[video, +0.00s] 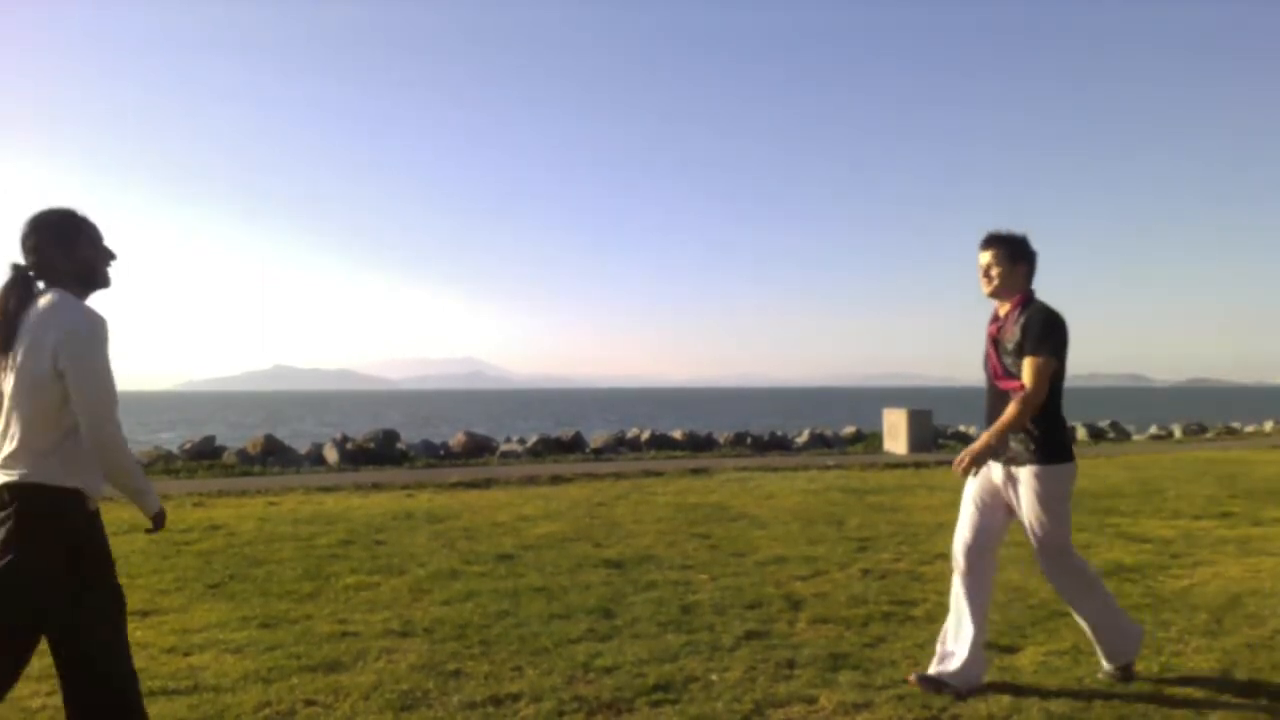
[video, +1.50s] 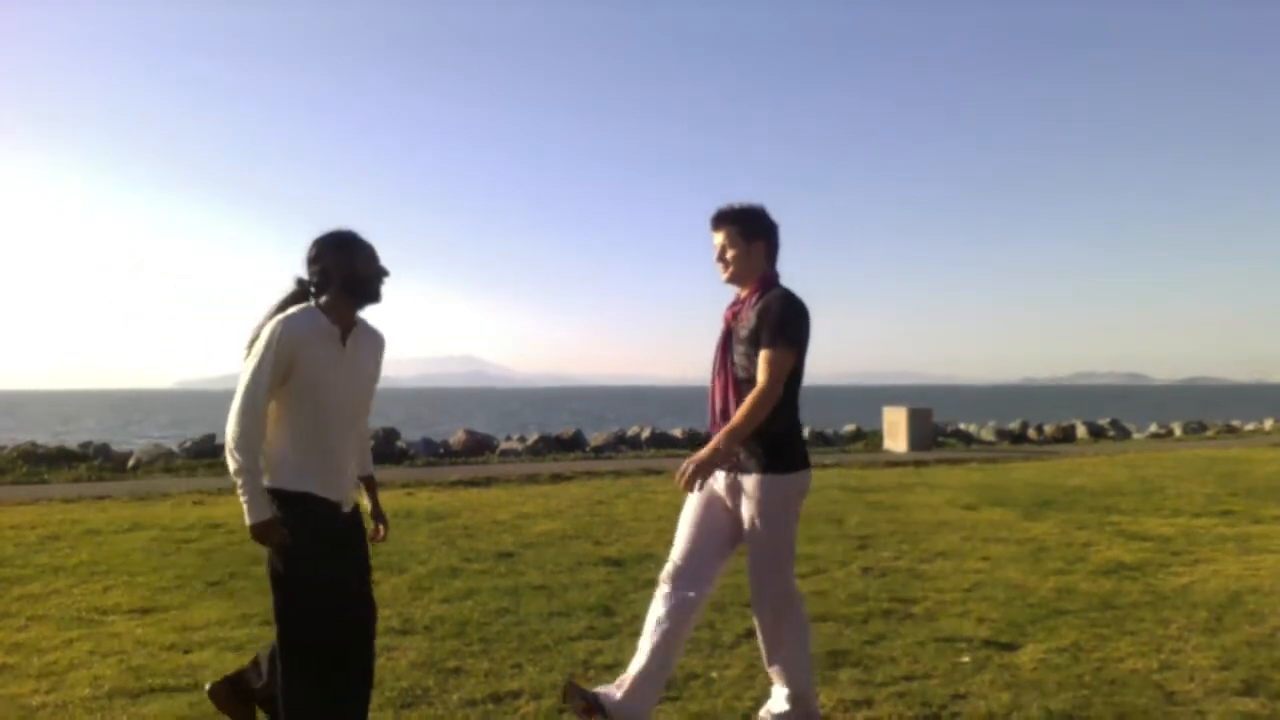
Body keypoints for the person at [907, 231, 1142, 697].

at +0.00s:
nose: (985, 276)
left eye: (994, 267)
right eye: (981, 269)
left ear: (1023, 269)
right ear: (983, 274)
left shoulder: (1043, 322)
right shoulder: (997, 323)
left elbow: (1034, 394)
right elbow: (1008, 390)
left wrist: (983, 444)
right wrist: (1004, 442)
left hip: (1040, 462)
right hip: (995, 458)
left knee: (1056, 559)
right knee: (968, 557)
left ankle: (1122, 644)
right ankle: (957, 669)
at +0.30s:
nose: (927, 266)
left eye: (936, 258)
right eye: (922, 259)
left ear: (964, 258)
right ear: (921, 264)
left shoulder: (987, 313)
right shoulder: (931, 320)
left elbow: (1008, 387)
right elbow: (931, 398)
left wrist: (1003, 457)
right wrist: (905, 448)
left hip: (965, 449)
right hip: (926, 447)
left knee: (926, 548)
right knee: (926, 555)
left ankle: (980, 654)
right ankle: (946, 666)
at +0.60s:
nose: (877, 268)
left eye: (886, 260)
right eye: (874, 261)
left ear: (917, 261)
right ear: (875, 264)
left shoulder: (940, 322)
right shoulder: (874, 323)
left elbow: (970, 399)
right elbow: (865, 394)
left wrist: (977, 473)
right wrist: (831, 447)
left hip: (909, 462)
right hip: (871, 460)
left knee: (863, 568)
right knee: (905, 572)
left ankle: (819, 684)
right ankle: (955, 670)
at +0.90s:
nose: (801, 259)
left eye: (811, 251)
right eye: (798, 251)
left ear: (843, 254)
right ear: (801, 256)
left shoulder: (865, 315)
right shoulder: (809, 317)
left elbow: (892, 397)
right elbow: (812, 400)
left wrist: (884, 470)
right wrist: (788, 460)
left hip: (847, 462)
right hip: (814, 461)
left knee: (810, 577)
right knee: (835, 569)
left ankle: (803, 698)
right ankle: (914, 637)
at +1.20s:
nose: (755, 257)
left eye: (763, 247)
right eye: (752, 249)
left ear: (797, 246)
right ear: (758, 251)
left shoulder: (814, 304)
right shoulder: (776, 305)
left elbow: (811, 383)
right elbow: (783, 383)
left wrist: (765, 448)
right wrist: (768, 445)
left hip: (802, 461)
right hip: (768, 457)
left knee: (788, 585)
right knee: (727, 567)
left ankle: (802, 699)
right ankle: (721, 686)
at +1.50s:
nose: (720, 258)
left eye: (728, 249)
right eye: (717, 251)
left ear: (761, 248)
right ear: (724, 254)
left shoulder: (781, 307)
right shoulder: (737, 310)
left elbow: (770, 391)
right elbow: (742, 390)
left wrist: (713, 449)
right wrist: (726, 451)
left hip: (771, 471)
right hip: (724, 466)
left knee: (773, 592)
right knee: (679, 581)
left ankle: (795, 704)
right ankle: (630, 699)